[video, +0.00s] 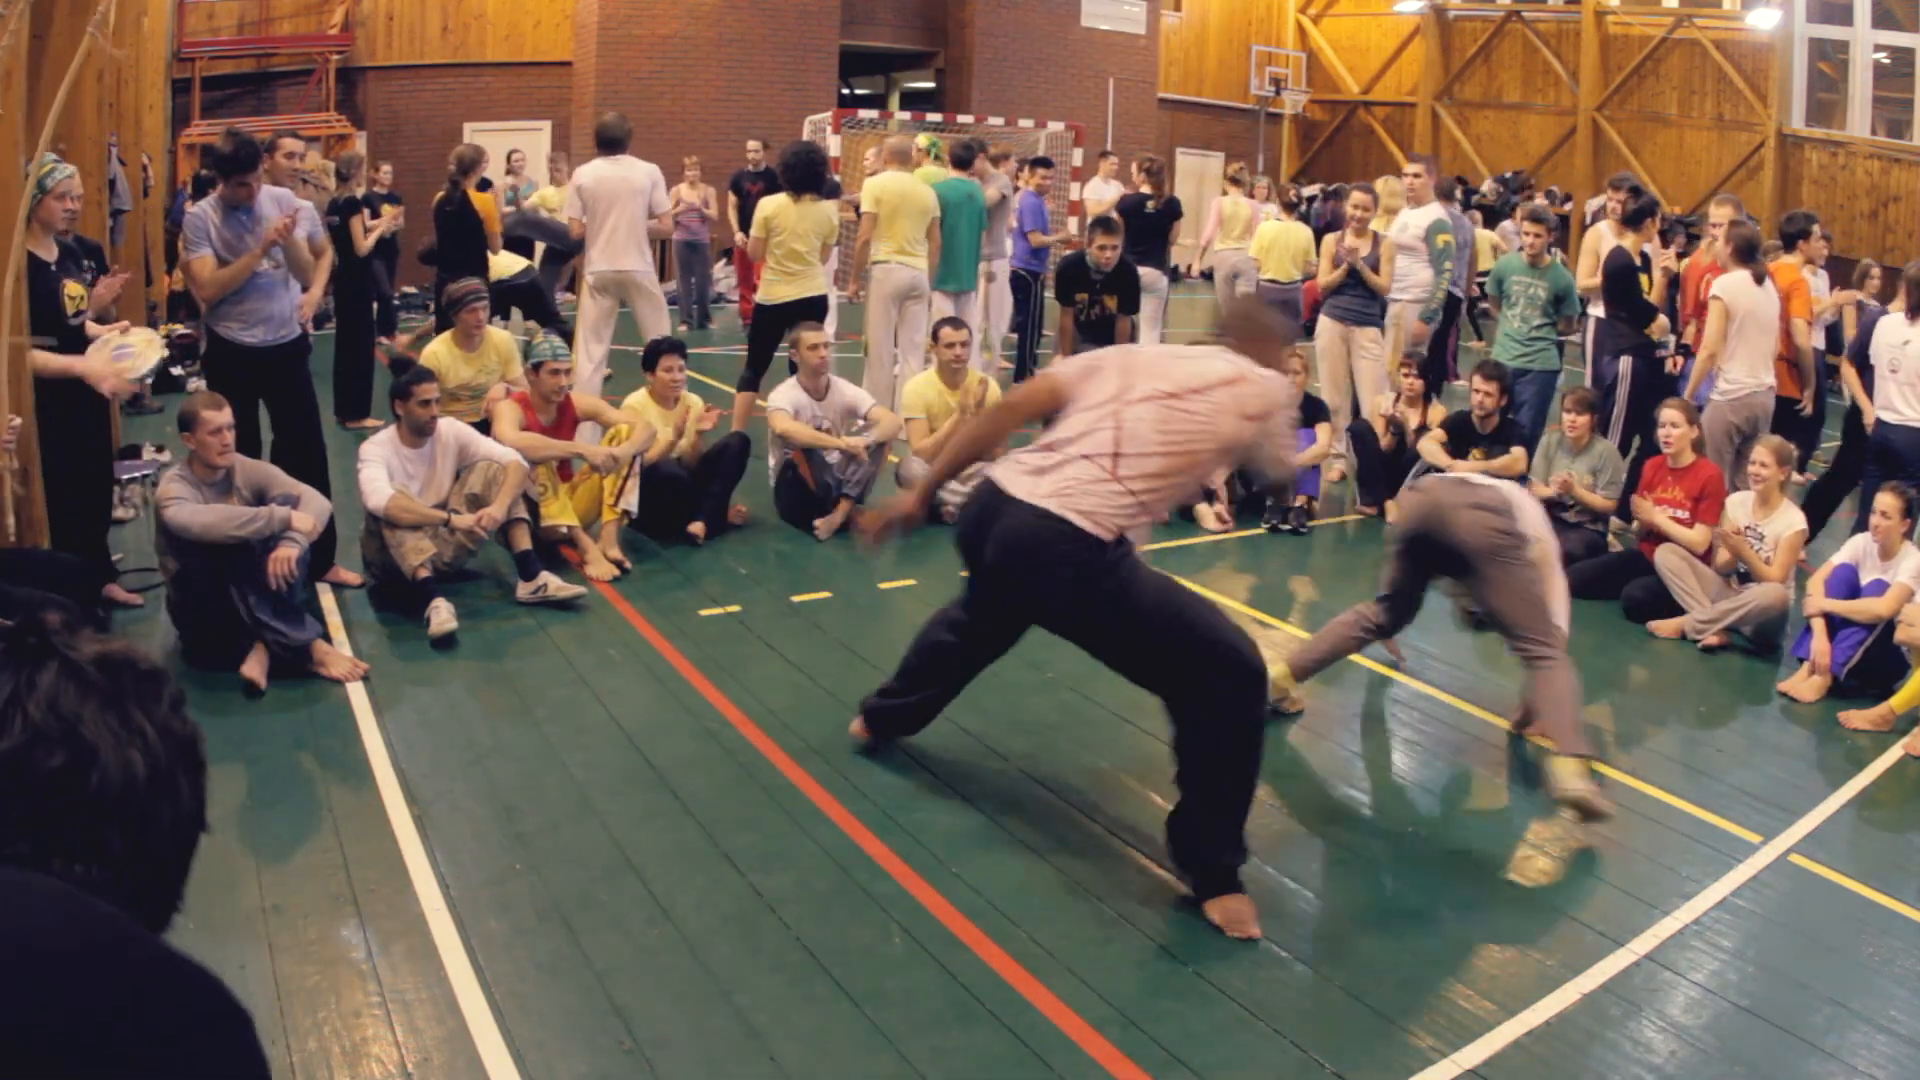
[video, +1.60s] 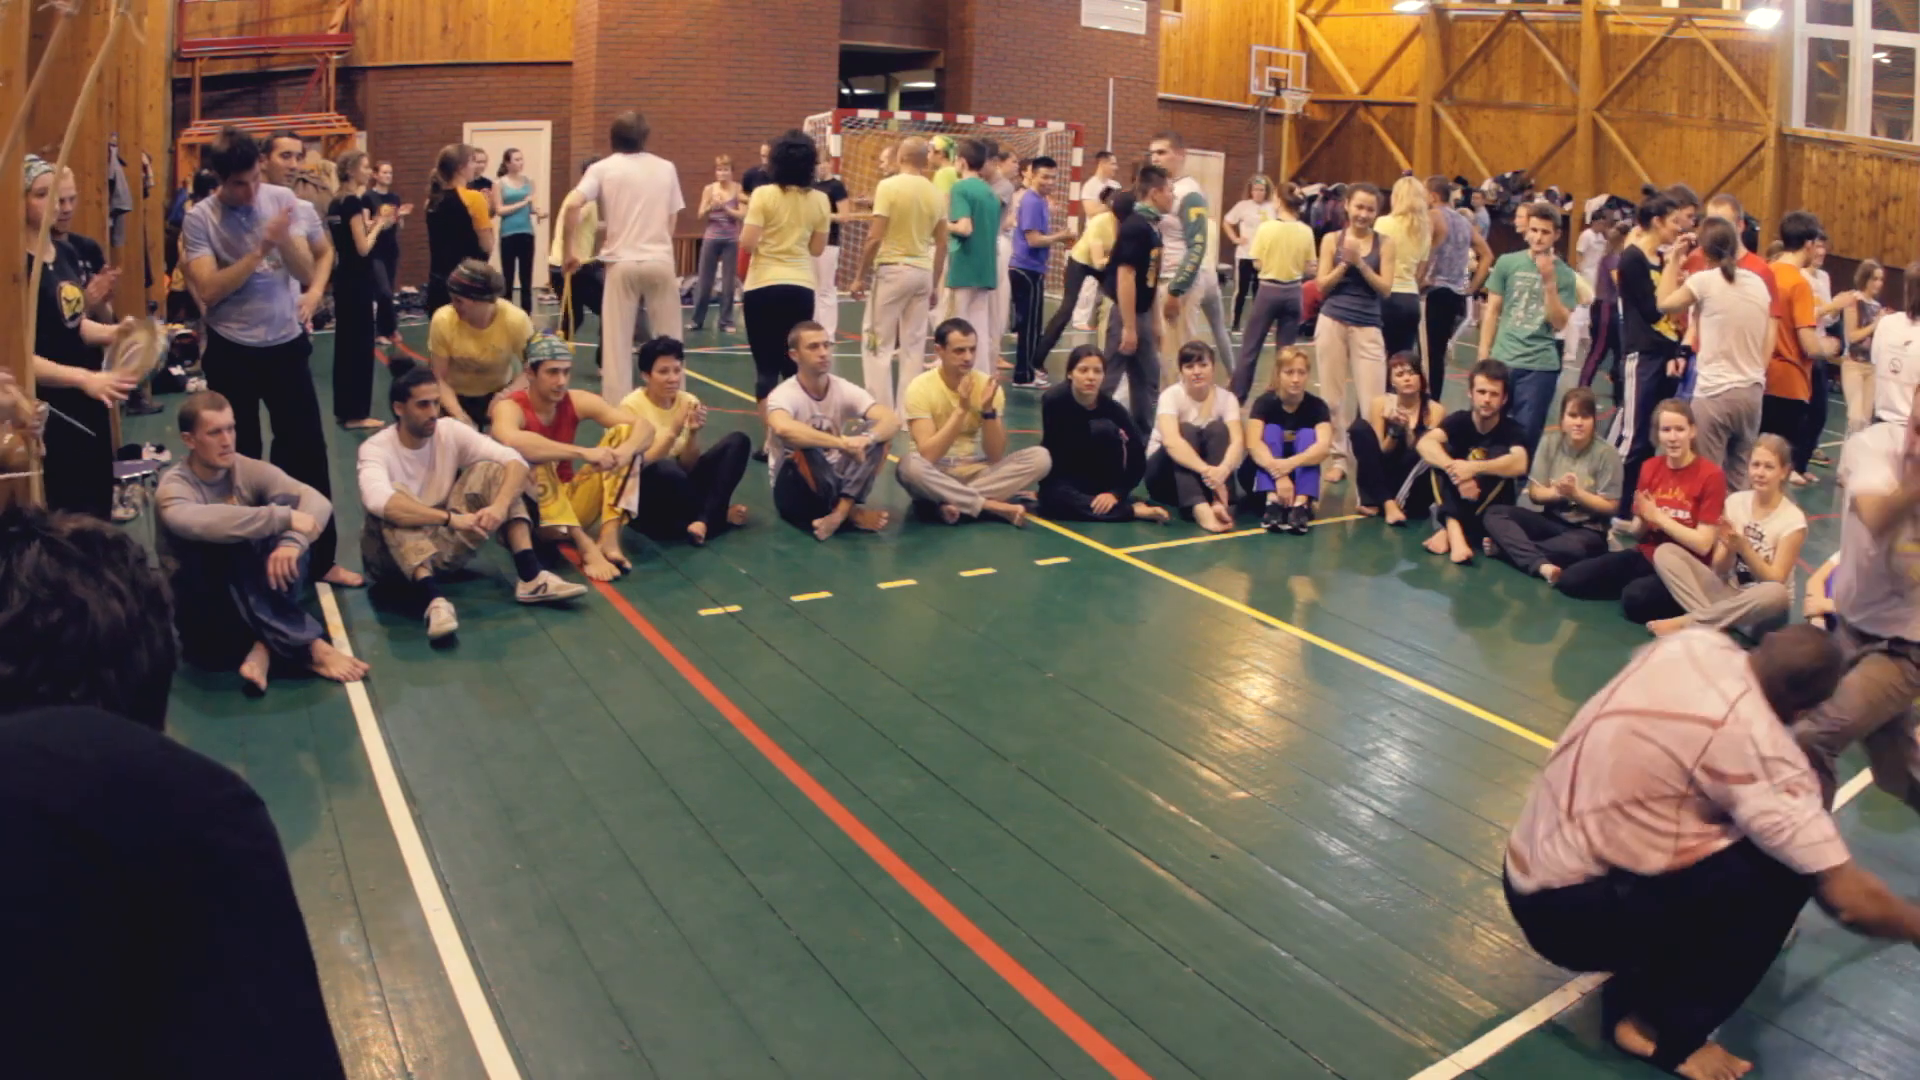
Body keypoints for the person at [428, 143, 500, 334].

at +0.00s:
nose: (486, 167)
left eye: (486, 163)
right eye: (484, 163)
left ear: (456, 165)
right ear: (476, 168)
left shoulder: (439, 199)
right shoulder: (485, 200)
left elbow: (441, 240)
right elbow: (495, 246)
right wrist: (497, 206)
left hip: (446, 276)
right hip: (474, 278)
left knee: (443, 332)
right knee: (474, 333)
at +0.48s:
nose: (485, 168)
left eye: (485, 163)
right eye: (484, 163)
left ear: (457, 165)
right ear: (478, 168)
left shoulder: (440, 200)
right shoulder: (483, 201)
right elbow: (498, 244)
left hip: (446, 281)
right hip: (476, 282)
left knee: (445, 340)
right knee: (476, 339)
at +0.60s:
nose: (485, 168)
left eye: (485, 163)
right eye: (483, 163)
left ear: (455, 165)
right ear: (475, 168)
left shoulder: (440, 200)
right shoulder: (484, 201)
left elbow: (444, 240)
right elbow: (493, 247)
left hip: (446, 279)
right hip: (475, 280)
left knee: (445, 337)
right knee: (474, 337)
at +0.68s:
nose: (486, 168)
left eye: (485, 163)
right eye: (484, 163)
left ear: (455, 166)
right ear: (475, 168)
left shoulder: (439, 201)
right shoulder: (483, 202)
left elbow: (445, 242)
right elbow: (493, 248)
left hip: (446, 279)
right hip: (475, 280)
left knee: (445, 338)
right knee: (474, 337)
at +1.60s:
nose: (476, 166)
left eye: (476, 161)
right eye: (473, 162)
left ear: (445, 167)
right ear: (463, 167)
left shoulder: (432, 200)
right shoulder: (474, 198)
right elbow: (487, 245)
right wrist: (486, 210)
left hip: (438, 280)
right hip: (467, 280)